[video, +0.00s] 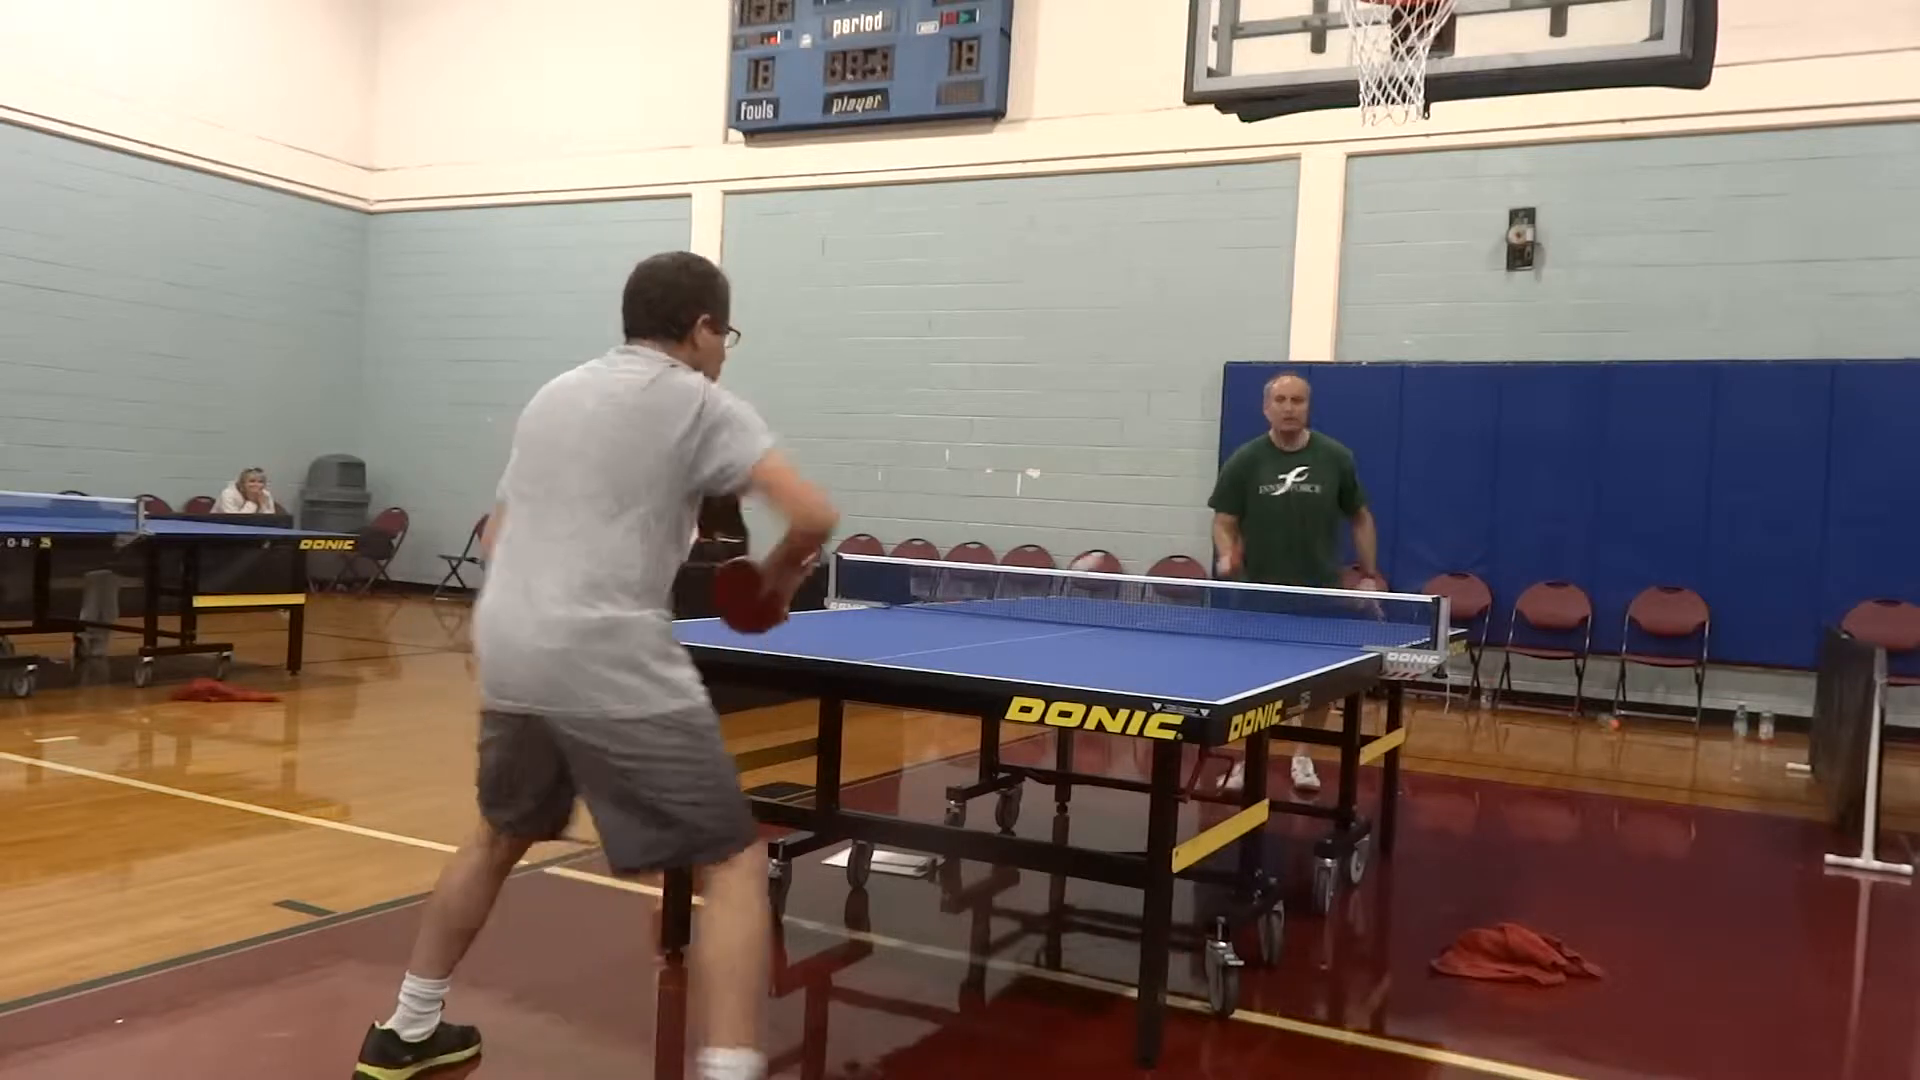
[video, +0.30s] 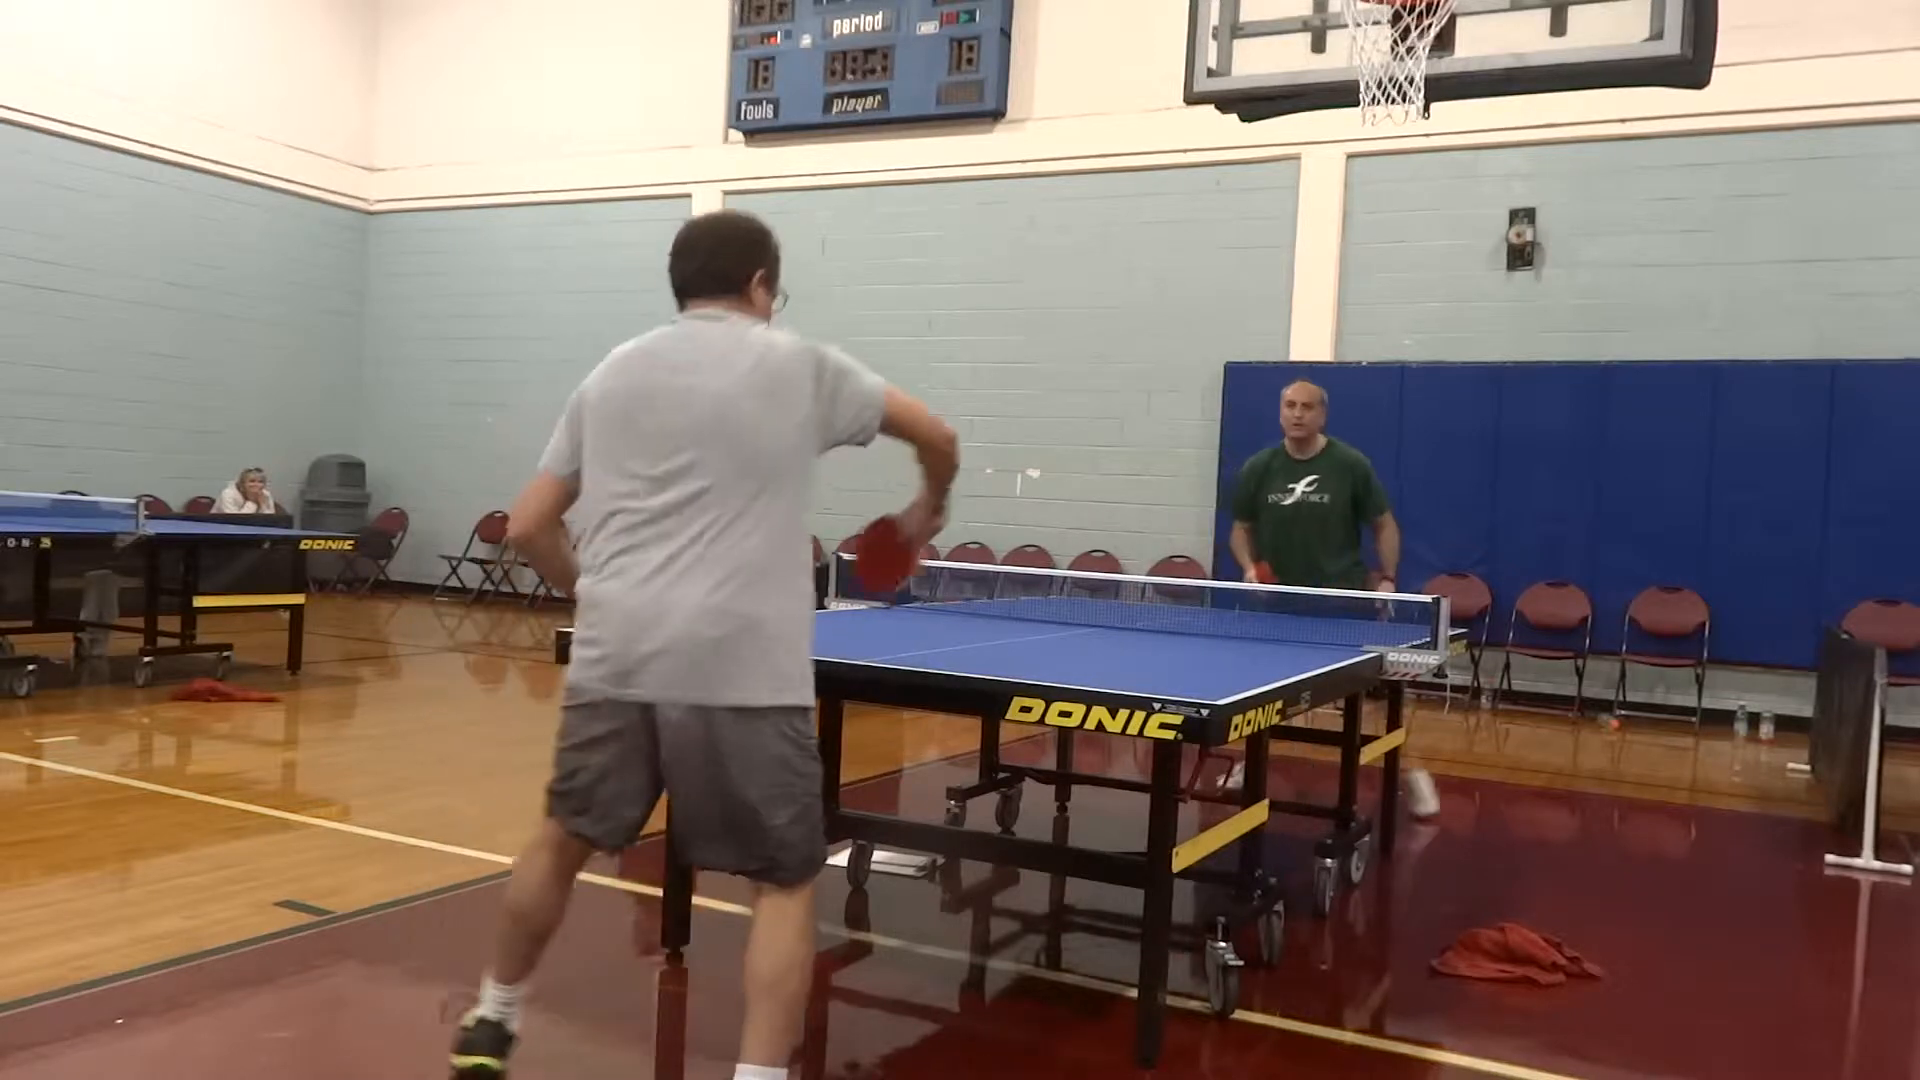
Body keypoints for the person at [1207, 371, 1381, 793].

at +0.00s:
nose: (1289, 408)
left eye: (1297, 400)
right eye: (1280, 400)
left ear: (1309, 406)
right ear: (1266, 407)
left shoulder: (1336, 458)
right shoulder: (1245, 461)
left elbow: (1359, 515)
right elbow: (1224, 520)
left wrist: (1369, 572)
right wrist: (1228, 550)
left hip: (1319, 594)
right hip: (1259, 593)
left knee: (1323, 680)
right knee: (1254, 674)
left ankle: (1303, 755)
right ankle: (1247, 759)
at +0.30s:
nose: (1296, 414)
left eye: (1306, 407)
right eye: (1290, 405)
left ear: (1323, 415)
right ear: (1280, 411)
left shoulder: (1351, 466)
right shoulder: (1258, 469)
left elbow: (1385, 524)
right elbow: (1239, 528)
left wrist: (1388, 578)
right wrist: (1249, 566)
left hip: (1341, 605)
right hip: (1275, 602)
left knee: (1375, 686)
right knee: (1256, 683)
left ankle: (1409, 769)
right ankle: (1250, 763)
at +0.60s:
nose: (1333, 419)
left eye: (1343, 412)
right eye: (1326, 411)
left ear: (1360, 418)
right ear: (1316, 417)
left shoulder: (1387, 469)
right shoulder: (1301, 470)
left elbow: (1427, 533)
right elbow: (1274, 525)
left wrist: (1384, 576)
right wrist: (1272, 558)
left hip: (1376, 612)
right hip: (1310, 609)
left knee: (1419, 686)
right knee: (1262, 675)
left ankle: (1435, 782)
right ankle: (1252, 764)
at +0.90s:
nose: (1366, 423)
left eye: (1376, 416)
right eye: (1359, 414)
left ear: (1390, 423)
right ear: (1345, 418)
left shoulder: (1408, 477)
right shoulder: (1320, 469)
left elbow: (1421, 544)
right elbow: (1268, 527)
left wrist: (1424, 607)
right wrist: (1301, 557)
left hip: (1391, 614)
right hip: (1323, 611)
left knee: (1423, 686)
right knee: (1275, 679)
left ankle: (1436, 781)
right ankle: (1252, 761)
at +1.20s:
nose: (1344, 436)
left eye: (1353, 429)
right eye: (1335, 427)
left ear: (1363, 436)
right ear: (1318, 432)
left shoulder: (1383, 476)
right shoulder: (1296, 484)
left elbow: (1425, 515)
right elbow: (1259, 554)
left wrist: (1456, 552)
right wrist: (1287, 602)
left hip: (1377, 616)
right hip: (1312, 616)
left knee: (1416, 685)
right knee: (1260, 679)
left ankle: (1431, 782)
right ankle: (1241, 768)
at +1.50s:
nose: (1337, 405)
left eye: (1347, 400)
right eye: (1330, 397)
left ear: (1357, 414)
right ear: (1312, 405)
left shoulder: (1376, 466)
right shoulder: (1281, 462)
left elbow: (1405, 522)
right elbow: (1245, 524)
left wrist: (1434, 575)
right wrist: (1247, 576)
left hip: (1364, 605)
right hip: (1292, 604)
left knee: (1390, 692)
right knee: (1256, 681)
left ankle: (1393, 782)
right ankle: (1242, 766)